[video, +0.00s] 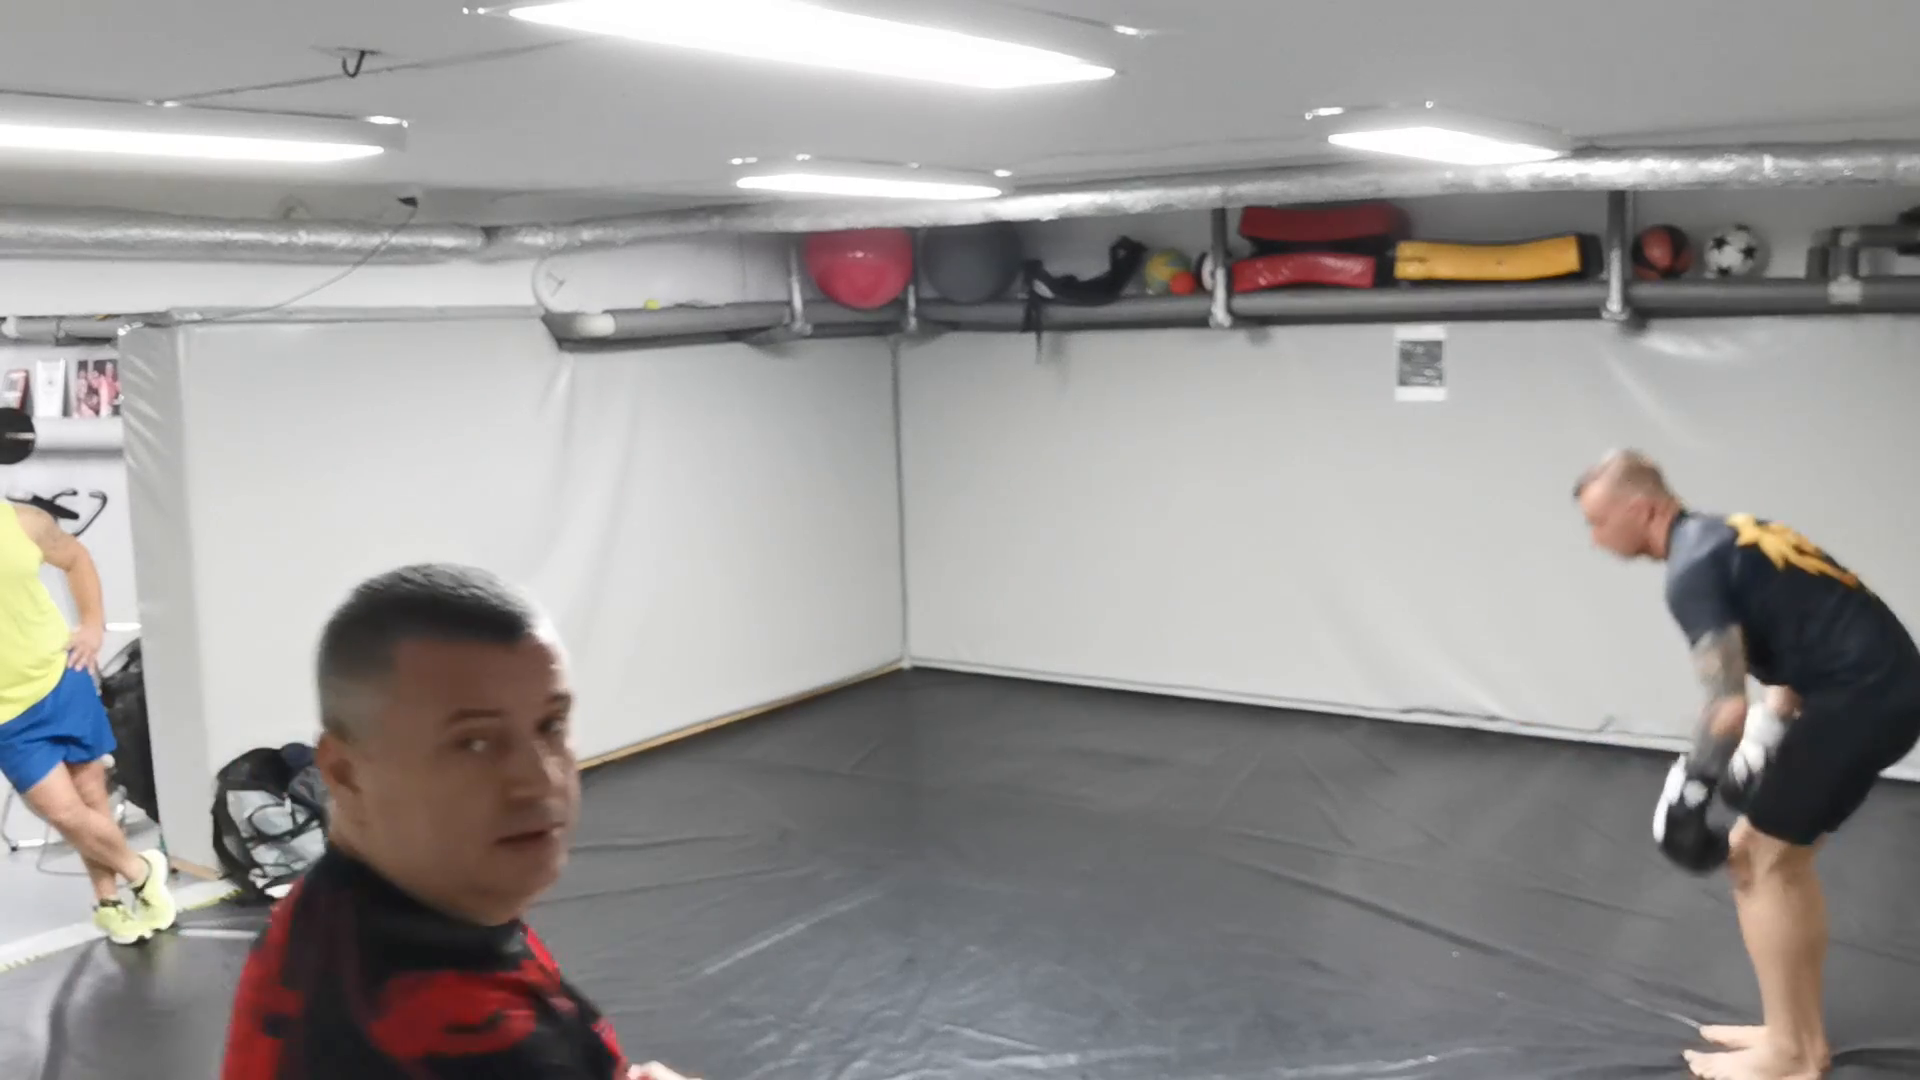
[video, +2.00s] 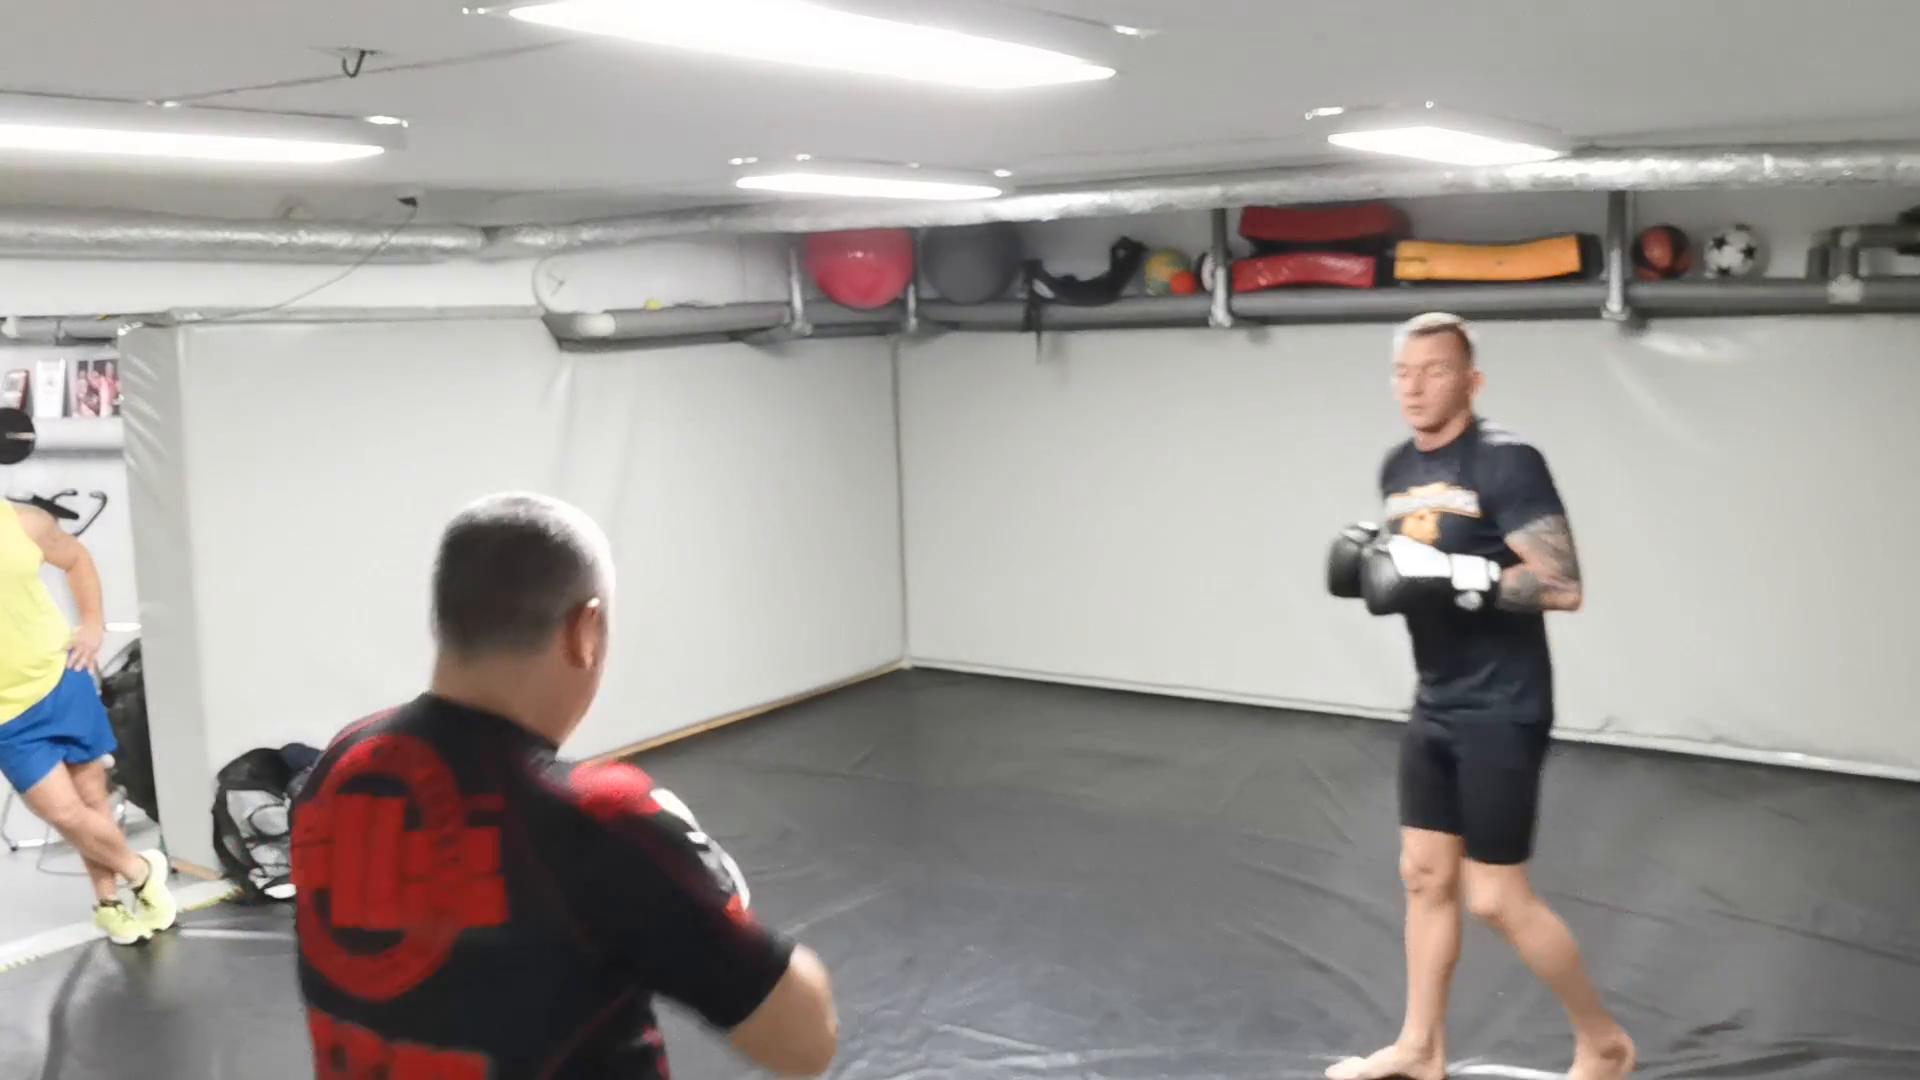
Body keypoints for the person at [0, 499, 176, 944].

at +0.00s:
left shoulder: (21, 522)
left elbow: (76, 557)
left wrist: (92, 623)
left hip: (61, 681)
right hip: (8, 714)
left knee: (91, 796)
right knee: (63, 814)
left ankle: (107, 901)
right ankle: (142, 872)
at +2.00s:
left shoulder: (22, 523)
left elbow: (76, 558)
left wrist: (92, 623)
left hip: (63, 683)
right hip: (9, 716)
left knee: (92, 798)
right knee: (64, 816)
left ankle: (107, 901)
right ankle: (142, 872)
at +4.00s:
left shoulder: (21, 522)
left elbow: (76, 557)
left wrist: (92, 622)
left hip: (62, 682)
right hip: (8, 715)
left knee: (92, 798)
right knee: (66, 817)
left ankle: (108, 902)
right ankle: (142, 872)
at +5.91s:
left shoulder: (19, 522)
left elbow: (76, 558)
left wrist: (92, 623)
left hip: (62, 682)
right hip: (8, 715)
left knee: (91, 798)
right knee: (66, 817)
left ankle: (107, 900)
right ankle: (141, 872)